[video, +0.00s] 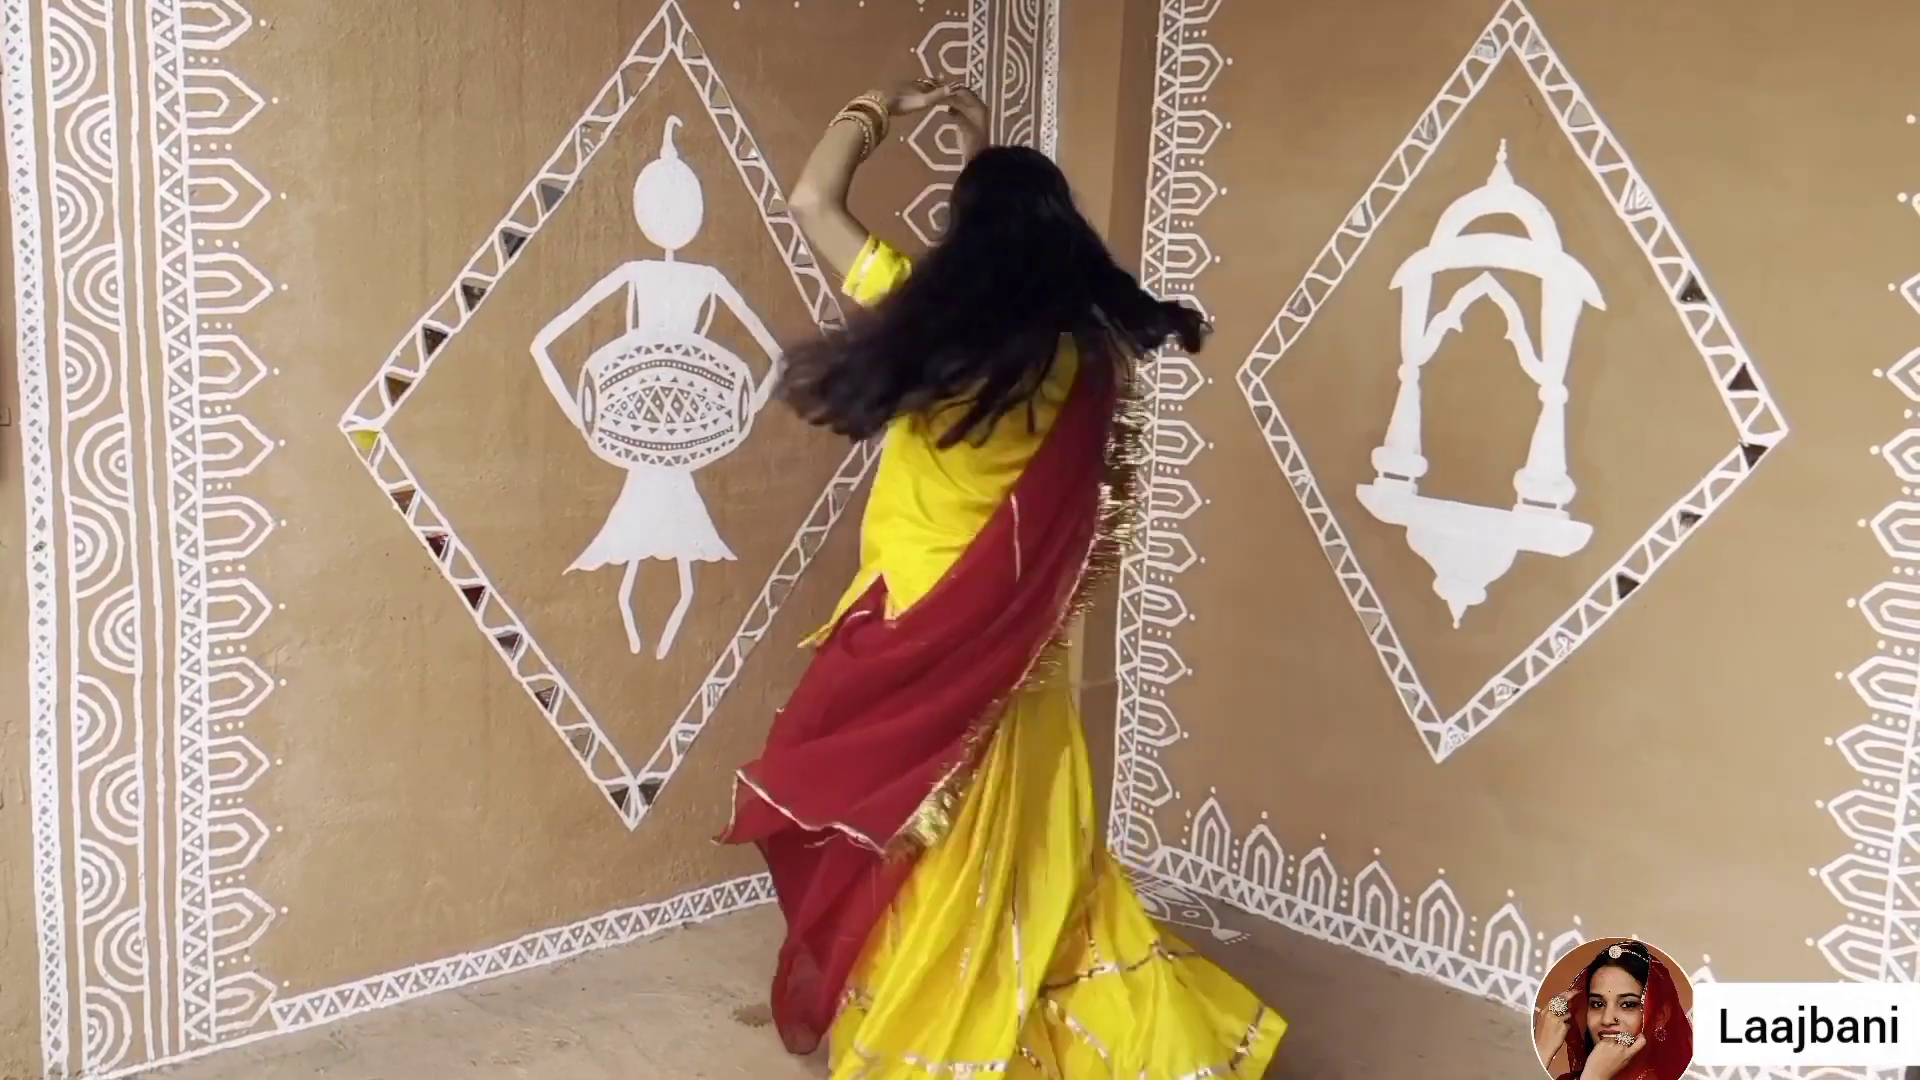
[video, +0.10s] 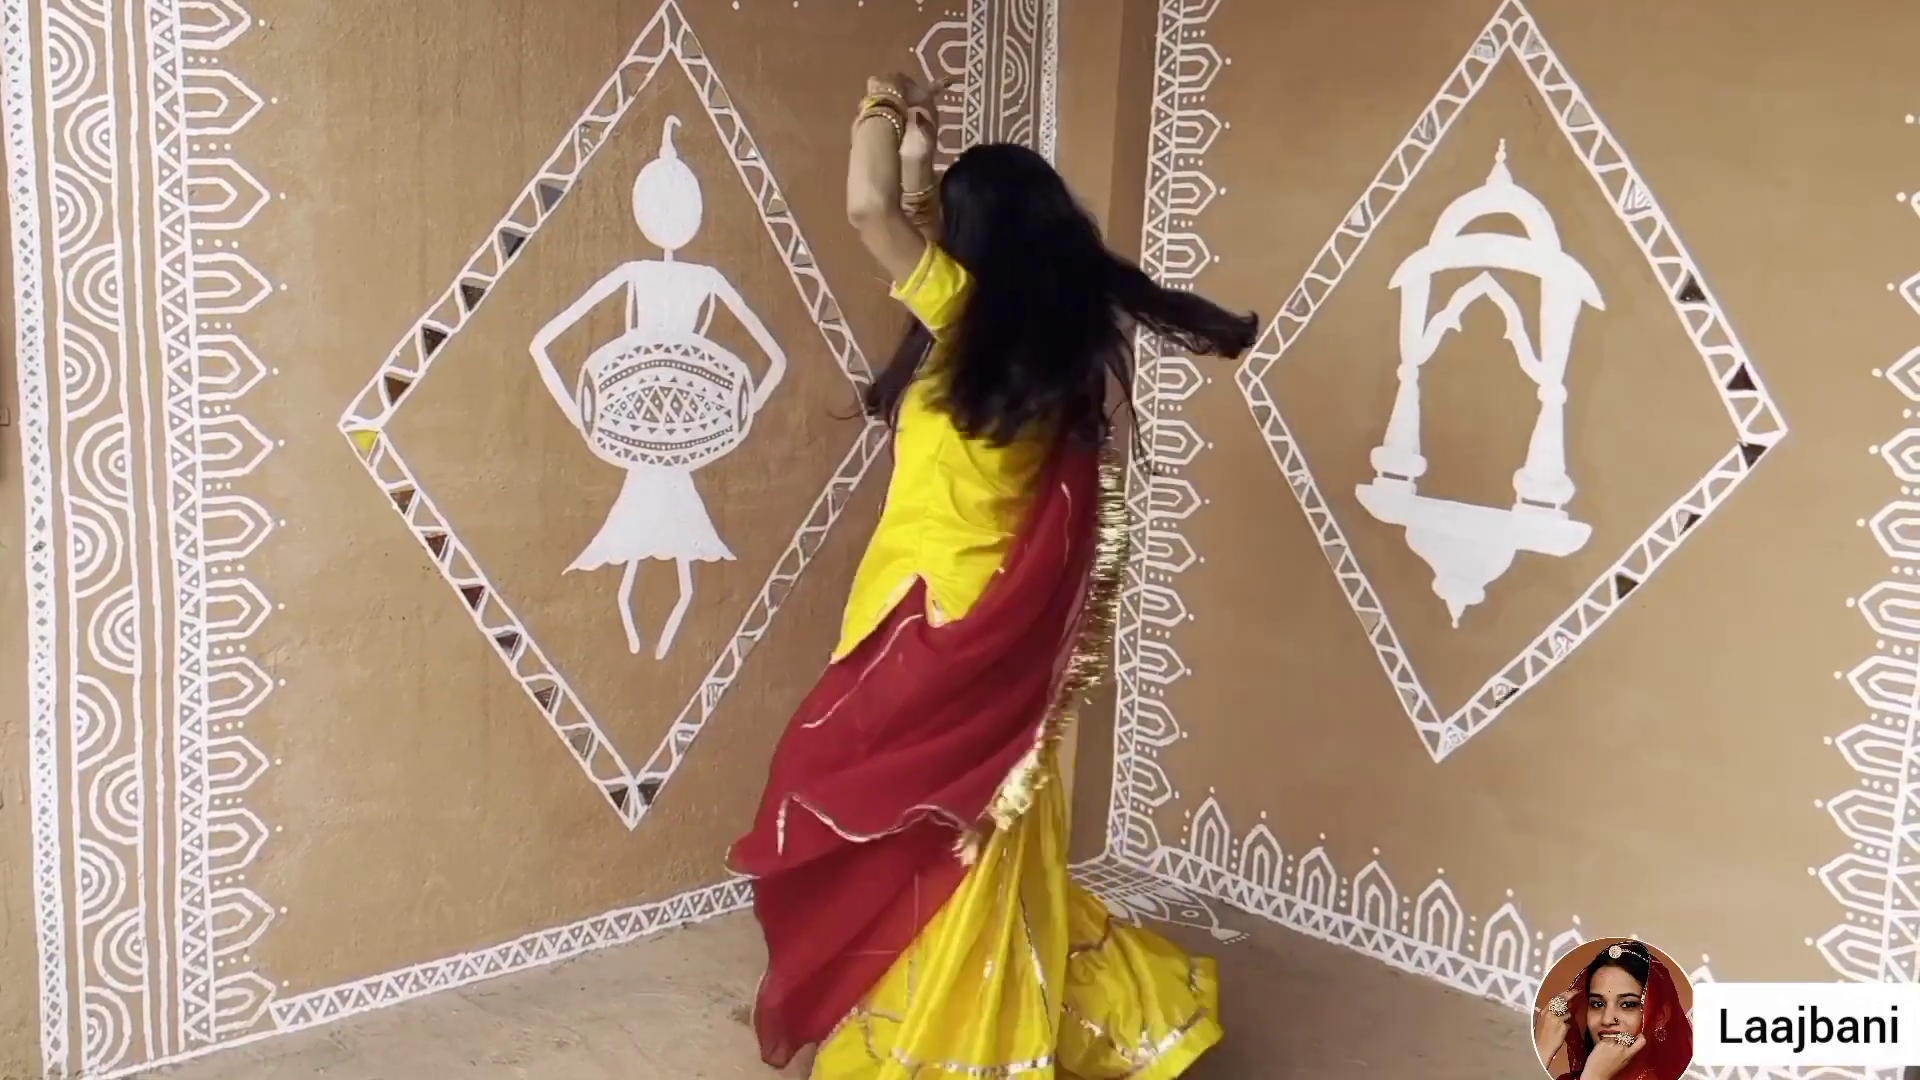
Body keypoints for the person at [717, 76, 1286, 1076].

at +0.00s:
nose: (942, 216)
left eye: (951, 203)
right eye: (953, 199)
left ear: (960, 228)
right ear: (1058, 230)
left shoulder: (921, 309)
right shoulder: (1088, 345)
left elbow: (814, 198)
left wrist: (868, 112)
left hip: (912, 606)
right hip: (1025, 615)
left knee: (921, 823)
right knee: (1039, 826)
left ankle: (908, 1031)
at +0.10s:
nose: (936, 234)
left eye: (946, 219)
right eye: (945, 216)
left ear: (965, 236)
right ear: (1051, 222)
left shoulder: (961, 305)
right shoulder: (1077, 316)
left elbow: (871, 209)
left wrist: (876, 109)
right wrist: (927, 157)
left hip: (931, 588)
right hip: (1022, 597)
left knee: (911, 789)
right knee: (999, 793)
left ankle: (904, 1015)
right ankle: (1002, 1003)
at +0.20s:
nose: (897, 220)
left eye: (907, 203)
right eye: (898, 203)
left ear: (956, 213)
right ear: (928, 215)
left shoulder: (1013, 324)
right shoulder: (915, 304)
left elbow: (997, 202)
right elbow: (810, 258)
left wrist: (943, 90)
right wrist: (844, 158)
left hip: (979, 635)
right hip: (895, 626)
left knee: (910, 861)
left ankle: (949, 1052)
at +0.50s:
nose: (879, 235)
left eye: (907, 216)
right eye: (868, 214)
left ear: (949, 231)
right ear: (848, 228)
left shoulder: (989, 308)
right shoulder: (819, 335)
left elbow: (1127, 217)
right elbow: (786, 303)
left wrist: (1081, 114)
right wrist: (882, 185)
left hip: (1007, 644)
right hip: (869, 648)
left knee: (993, 879)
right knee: (833, 872)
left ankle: (994, 1056)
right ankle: (827, 1056)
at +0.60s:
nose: (908, 235)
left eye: (928, 221)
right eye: (887, 212)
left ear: (953, 235)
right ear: (848, 223)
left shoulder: (973, 297)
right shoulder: (806, 344)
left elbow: (1090, 223)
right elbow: (877, 326)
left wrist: (1077, 137)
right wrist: (967, 203)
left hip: (1014, 631)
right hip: (887, 644)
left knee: (1015, 870)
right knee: (855, 869)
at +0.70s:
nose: (959, 247)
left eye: (965, 227)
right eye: (935, 224)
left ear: (974, 236)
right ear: (872, 235)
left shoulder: (932, 345)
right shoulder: (858, 358)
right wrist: (1042, 212)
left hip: (978, 641)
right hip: (896, 657)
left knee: (1032, 871)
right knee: (912, 887)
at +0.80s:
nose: (979, 234)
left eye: (977, 216)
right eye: (962, 216)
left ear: (910, 232)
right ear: (903, 229)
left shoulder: (864, 342)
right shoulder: (909, 355)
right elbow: (1099, 332)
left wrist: (1005, 393)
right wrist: (1060, 224)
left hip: (945, 620)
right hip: (891, 633)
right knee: (913, 855)